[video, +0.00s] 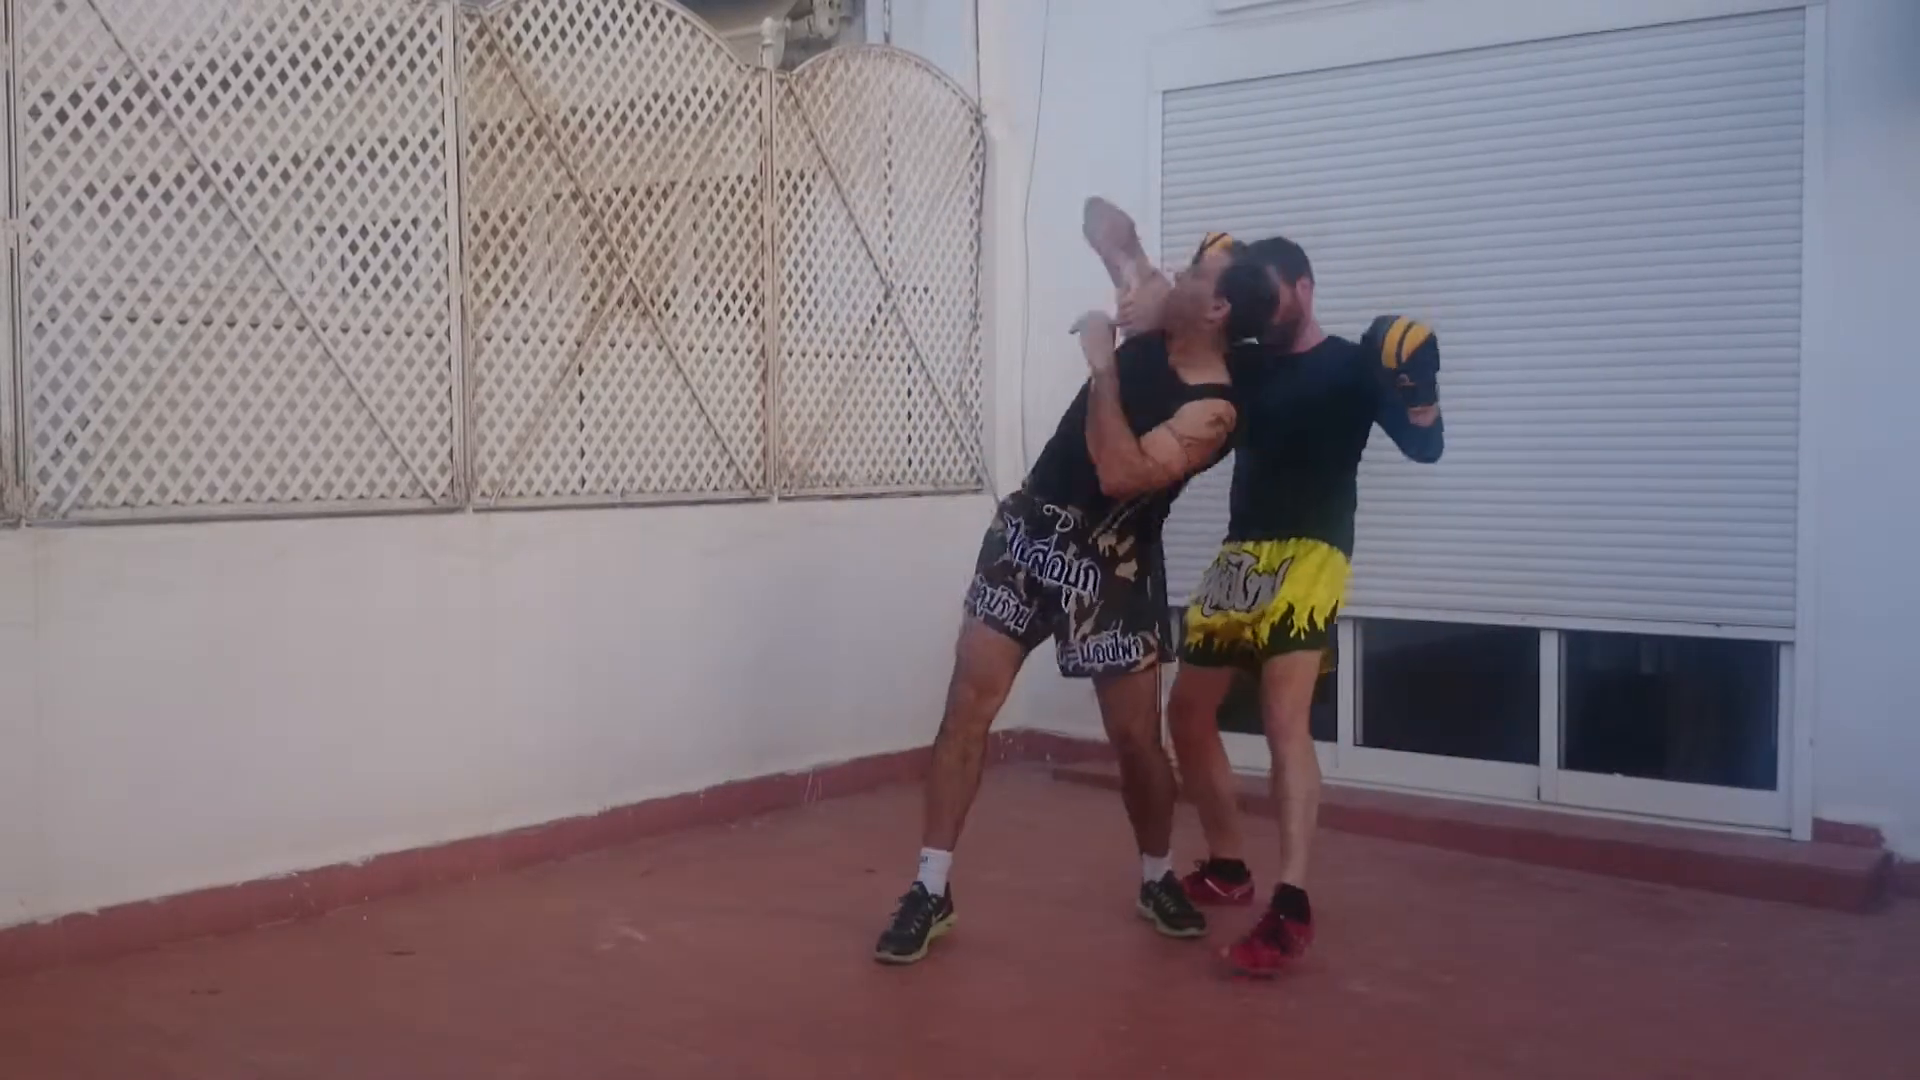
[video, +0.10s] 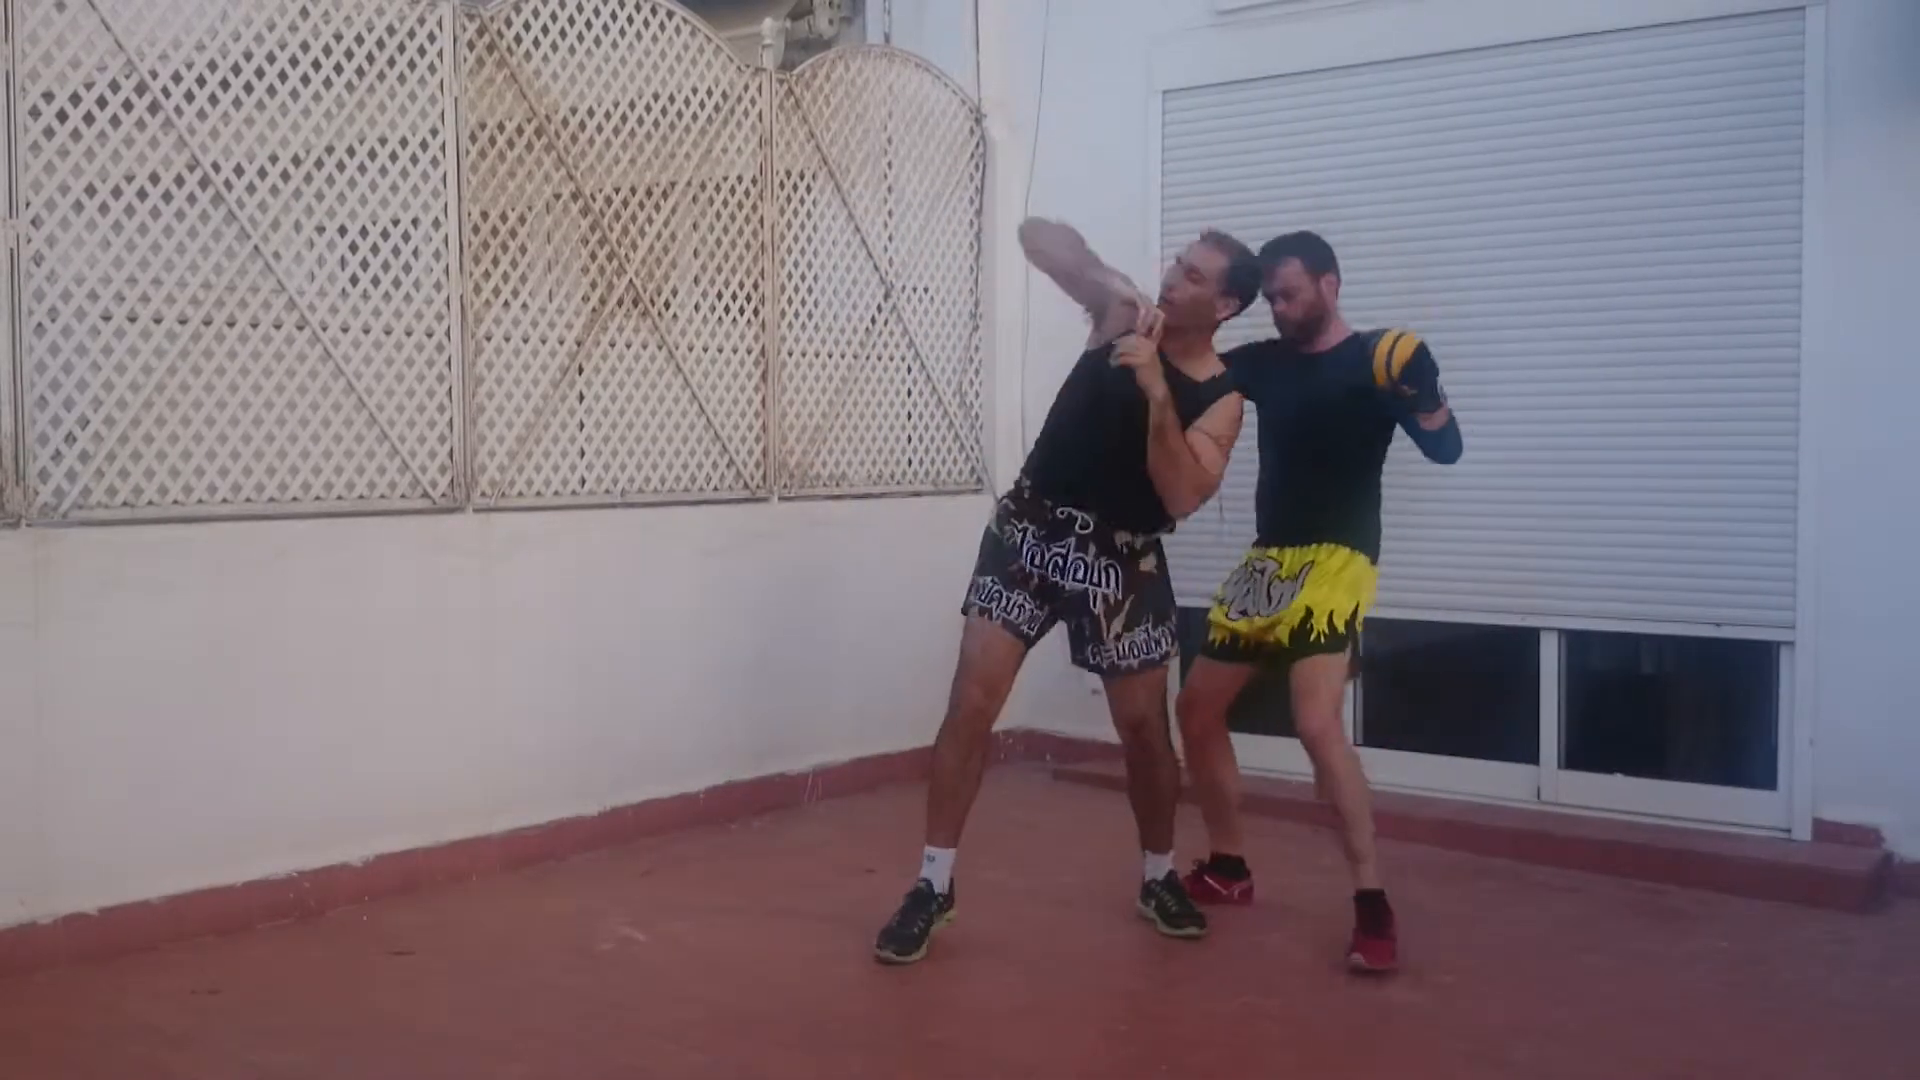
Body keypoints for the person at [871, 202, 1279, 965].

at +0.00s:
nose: (1184, 275)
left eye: (1198, 275)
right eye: (1195, 269)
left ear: (1217, 310)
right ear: (1207, 300)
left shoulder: (1212, 410)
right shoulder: (1156, 308)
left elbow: (1121, 474)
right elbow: (1101, 212)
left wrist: (1103, 364)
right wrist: (1126, 259)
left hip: (1116, 555)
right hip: (1033, 525)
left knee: (1136, 736)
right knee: (969, 705)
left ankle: (1157, 881)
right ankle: (929, 888)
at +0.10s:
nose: (1172, 276)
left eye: (1193, 275)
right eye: (1177, 264)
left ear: (1227, 307)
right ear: (1172, 272)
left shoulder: (1221, 398)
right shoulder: (1122, 309)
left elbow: (1183, 496)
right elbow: (1034, 235)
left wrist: (1159, 395)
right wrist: (1108, 285)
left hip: (1125, 556)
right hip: (1031, 528)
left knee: (1143, 726)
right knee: (971, 703)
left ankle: (1159, 880)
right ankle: (932, 885)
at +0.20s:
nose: (1195, 292)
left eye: (1212, 286)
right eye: (1185, 274)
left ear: (1222, 304)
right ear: (1155, 274)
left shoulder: (1211, 386)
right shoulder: (1087, 317)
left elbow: (1208, 501)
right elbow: (972, 305)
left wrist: (1192, 409)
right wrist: (1069, 315)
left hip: (1124, 554)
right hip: (1030, 530)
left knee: (1145, 728)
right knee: (985, 712)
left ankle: (1160, 880)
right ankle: (926, 890)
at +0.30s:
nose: (1193, 304)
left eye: (1201, 291)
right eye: (1184, 287)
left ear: (1191, 292)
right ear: (1137, 276)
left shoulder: (1173, 372)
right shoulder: (1055, 331)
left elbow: (1182, 495)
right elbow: (962, 400)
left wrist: (1188, 440)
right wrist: (1062, 370)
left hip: (1111, 551)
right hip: (1023, 538)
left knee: (1137, 724)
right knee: (998, 727)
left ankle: (1157, 878)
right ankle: (924, 914)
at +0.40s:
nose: (1166, 310)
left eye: (1170, 296)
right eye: (1160, 293)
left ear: (1124, 290)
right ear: (1113, 285)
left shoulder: (1124, 370)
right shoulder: (1026, 346)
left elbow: (1129, 479)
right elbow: (980, 462)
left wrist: (1156, 450)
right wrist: (1088, 427)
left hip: (1079, 550)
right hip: (1003, 545)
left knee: (1115, 720)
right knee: (1001, 734)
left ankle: (1148, 878)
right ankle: (921, 922)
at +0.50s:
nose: (1142, 302)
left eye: (1144, 287)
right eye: (1137, 286)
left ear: (1098, 279)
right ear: (1094, 278)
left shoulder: (1077, 347)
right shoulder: (1013, 348)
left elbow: (1028, 455)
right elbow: (990, 473)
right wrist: (1102, 446)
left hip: (1045, 545)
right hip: (982, 547)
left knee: (1089, 711)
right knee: (990, 734)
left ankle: (1109, 878)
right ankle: (916, 922)